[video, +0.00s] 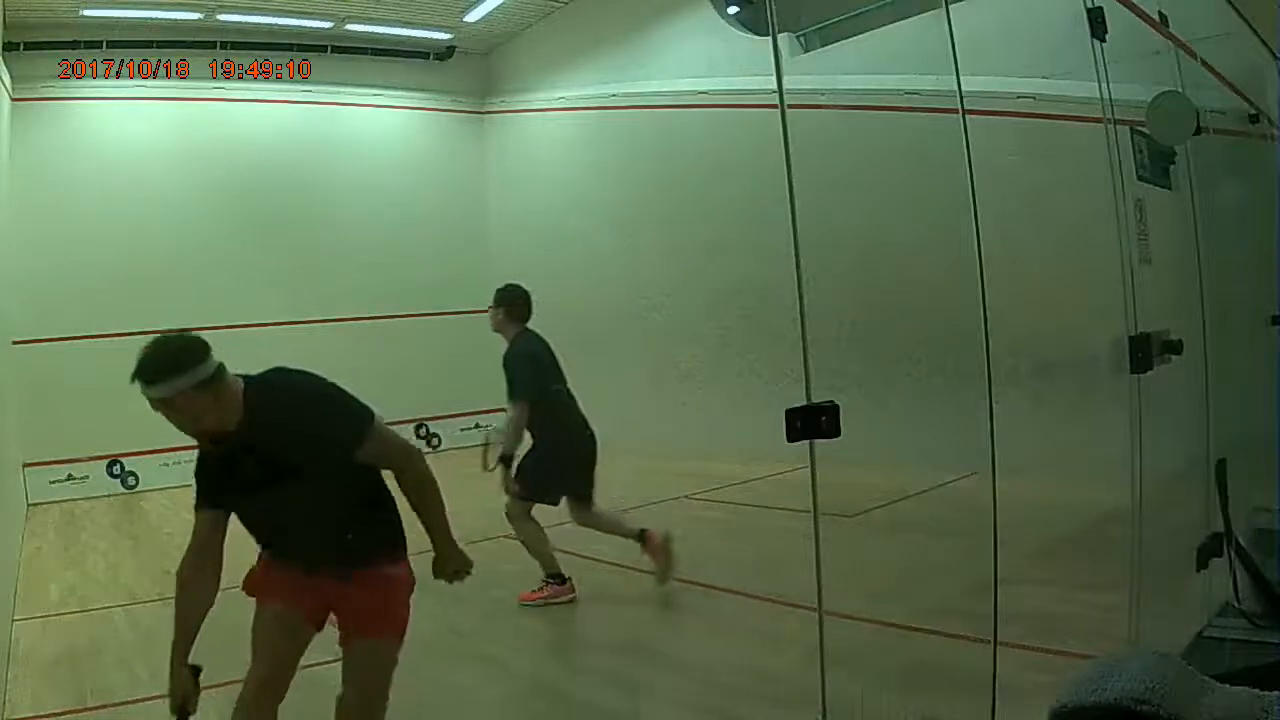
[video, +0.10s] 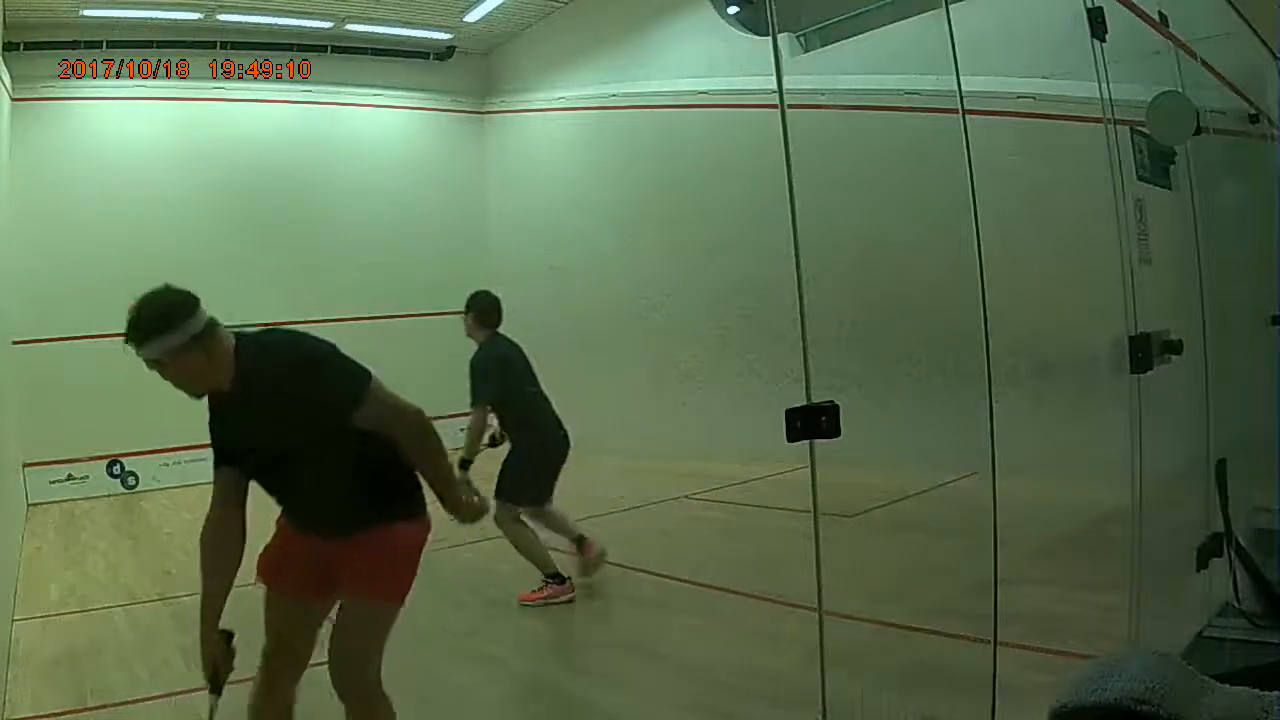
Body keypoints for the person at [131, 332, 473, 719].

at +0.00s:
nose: (166, 419)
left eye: (166, 406)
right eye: (160, 410)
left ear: (195, 391)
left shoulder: (299, 398)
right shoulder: (216, 451)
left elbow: (404, 456)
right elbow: (202, 559)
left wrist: (445, 546)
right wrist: (179, 660)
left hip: (373, 562)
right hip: (291, 563)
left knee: (363, 705)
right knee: (261, 691)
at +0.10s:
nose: (161, 378)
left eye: (161, 365)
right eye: (154, 368)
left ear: (193, 346)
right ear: (194, 344)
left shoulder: (295, 361)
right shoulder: (224, 400)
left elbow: (407, 420)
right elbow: (225, 515)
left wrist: (452, 493)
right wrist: (209, 627)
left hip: (387, 524)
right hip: (308, 525)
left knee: (354, 672)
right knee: (280, 664)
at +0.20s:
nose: (175, 319)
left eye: (171, 305)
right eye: (169, 307)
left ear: (191, 297)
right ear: (221, 272)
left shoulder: (305, 317)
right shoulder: (249, 348)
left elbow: (426, 389)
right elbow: (266, 478)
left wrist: (481, 476)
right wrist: (254, 585)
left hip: (397, 512)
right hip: (337, 512)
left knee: (381, 694)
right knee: (320, 658)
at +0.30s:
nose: (200, 287)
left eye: (199, 271)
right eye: (197, 272)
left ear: (221, 273)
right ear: (266, 251)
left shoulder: (314, 325)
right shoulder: (289, 333)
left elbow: (438, 432)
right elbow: (309, 472)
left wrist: (508, 540)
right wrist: (286, 575)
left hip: (410, 556)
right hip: (368, 551)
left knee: (414, 706)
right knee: (371, 686)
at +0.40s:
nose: (225, 265)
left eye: (223, 248)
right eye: (222, 249)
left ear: (235, 248)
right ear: (297, 233)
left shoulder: (319, 317)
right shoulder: (322, 302)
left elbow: (376, 481)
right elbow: (342, 450)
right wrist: (337, 557)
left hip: (435, 552)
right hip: (425, 543)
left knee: (417, 699)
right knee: (400, 689)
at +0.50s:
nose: (246, 228)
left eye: (245, 213)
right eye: (245, 213)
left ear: (258, 218)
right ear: (320, 202)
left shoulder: (322, 303)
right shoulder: (366, 272)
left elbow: (291, 469)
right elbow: (402, 418)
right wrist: (385, 537)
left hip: (444, 544)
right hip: (484, 525)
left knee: (441, 703)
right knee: (489, 688)